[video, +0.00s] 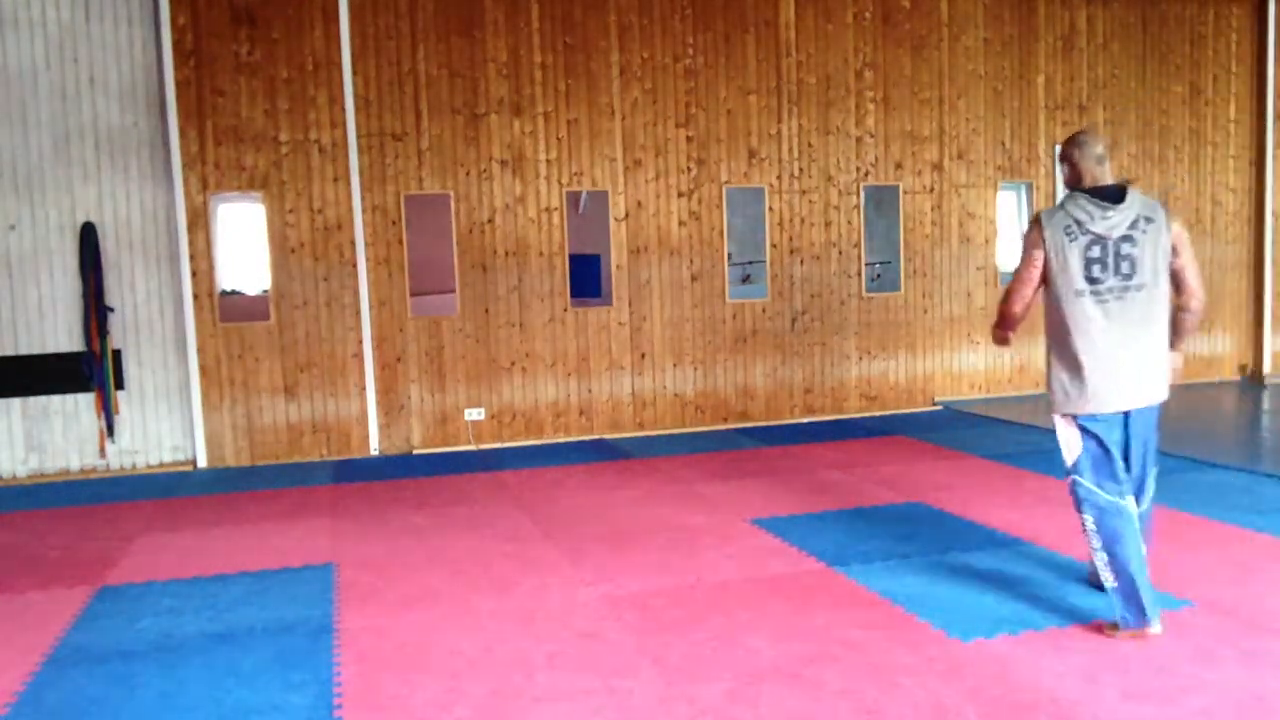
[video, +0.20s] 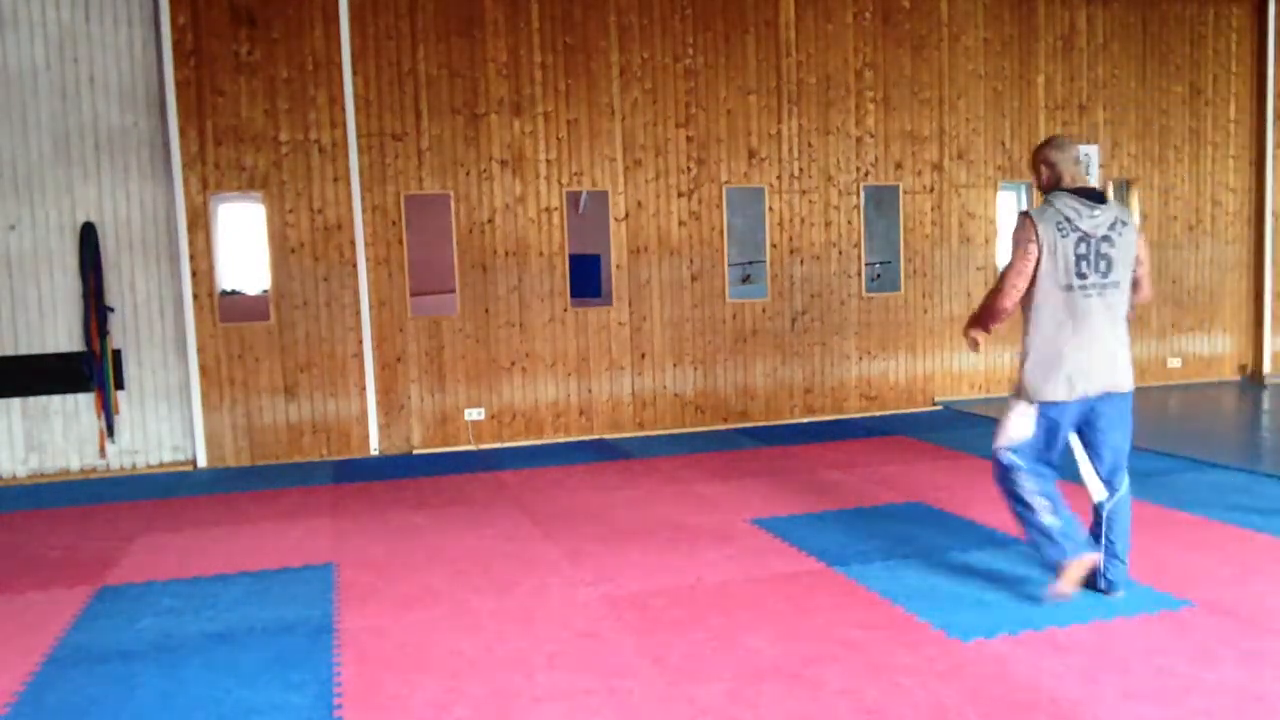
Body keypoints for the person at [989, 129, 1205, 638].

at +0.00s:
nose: (1063, 173)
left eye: (1063, 165)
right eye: (1067, 164)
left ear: (1068, 168)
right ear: (1111, 164)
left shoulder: (1050, 225)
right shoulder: (1160, 217)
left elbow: (1016, 305)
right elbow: (1193, 301)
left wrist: (1003, 330)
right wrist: (1174, 343)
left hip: (1085, 384)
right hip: (1147, 379)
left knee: (1102, 494)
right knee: (1138, 486)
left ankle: (1141, 613)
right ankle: (1115, 572)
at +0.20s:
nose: (1036, 178)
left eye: (1037, 171)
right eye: (1037, 170)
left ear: (1046, 172)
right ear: (1082, 170)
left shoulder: (1036, 221)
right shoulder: (1125, 221)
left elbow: (1008, 298)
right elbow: (1141, 291)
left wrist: (977, 324)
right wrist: (1097, 298)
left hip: (1056, 373)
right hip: (1114, 371)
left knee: (1015, 456)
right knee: (1113, 479)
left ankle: (1070, 550)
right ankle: (1111, 575)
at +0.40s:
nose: (989, 191)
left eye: (989, 182)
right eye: (988, 182)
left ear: (1002, 181)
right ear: (1032, 176)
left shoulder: (1009, 227)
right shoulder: (1072, 220)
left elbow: (979, 294)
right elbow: (1057, 283)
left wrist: (936, 289)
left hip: (1022, 373)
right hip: (1075, 369)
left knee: (983, 460)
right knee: (1090, 471)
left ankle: (961, 551)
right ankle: (1106, 569)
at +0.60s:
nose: (935, 211)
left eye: (935, 201)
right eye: (933, 202)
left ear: (950, 195)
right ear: (968, 189)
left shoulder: (961, 241)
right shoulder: (1014, 228)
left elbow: (933, 309)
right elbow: (993, 281)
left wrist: (886, 302)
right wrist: (938, 271)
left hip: (976, 376)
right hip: (1020, 371)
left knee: (951, 466)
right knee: (1022, 458)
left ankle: (944, 557)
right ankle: (1071, 529)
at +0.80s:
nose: (894, 216)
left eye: (894, 207)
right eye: (891, 207)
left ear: (910, 198)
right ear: (924, 192)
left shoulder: (931, 239)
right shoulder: (966, 222)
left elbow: (922, 308)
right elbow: (960, 289)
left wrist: (877, 306)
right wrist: (910, 288)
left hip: (948, 371)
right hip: (977, 362)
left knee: (935, 463)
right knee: (956, 451)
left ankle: (938, 554)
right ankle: (972, 513)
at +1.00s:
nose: (883, 213)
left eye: (886, 202)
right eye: (880, 205)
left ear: (910, 193)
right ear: (905, 197)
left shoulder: (939, 231)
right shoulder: (912, 236)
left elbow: (932, 294)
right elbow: (913, 292)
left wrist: (879, 297)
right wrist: (879, 294)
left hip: (937, 373)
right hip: (915, 369)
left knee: (915, 457)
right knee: (907, 452)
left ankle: (937, 548)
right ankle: (912, 521)